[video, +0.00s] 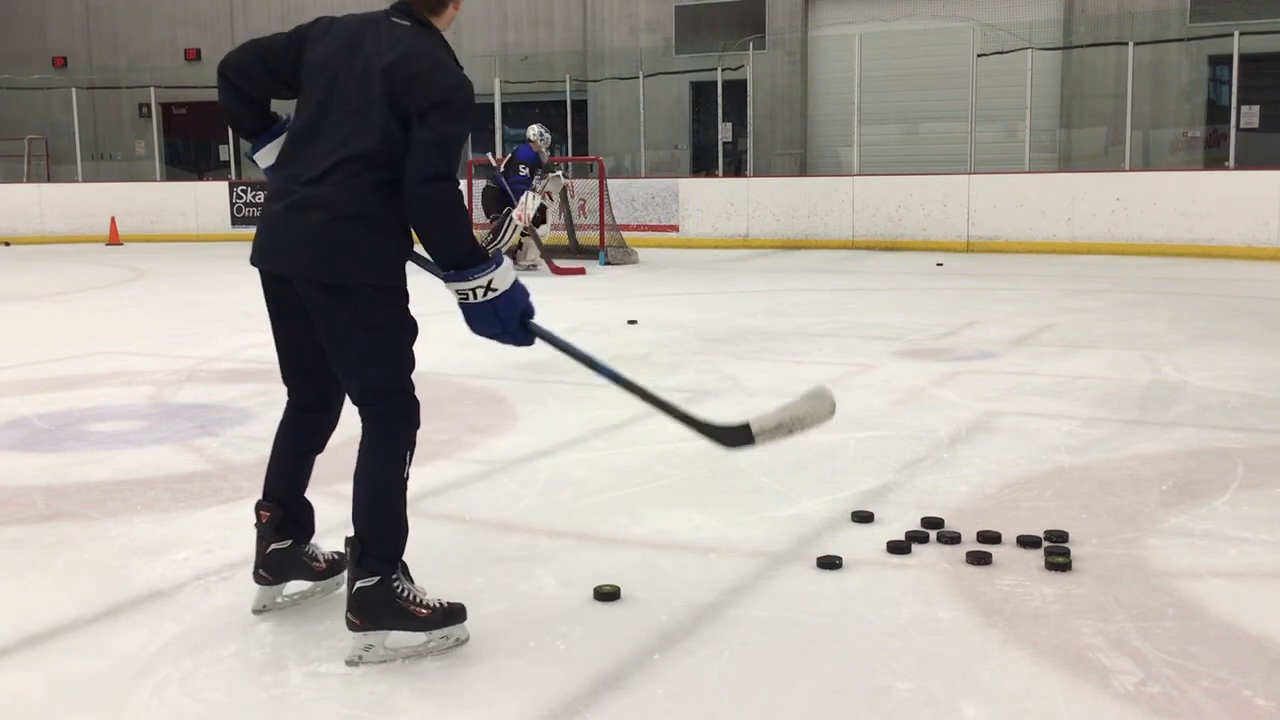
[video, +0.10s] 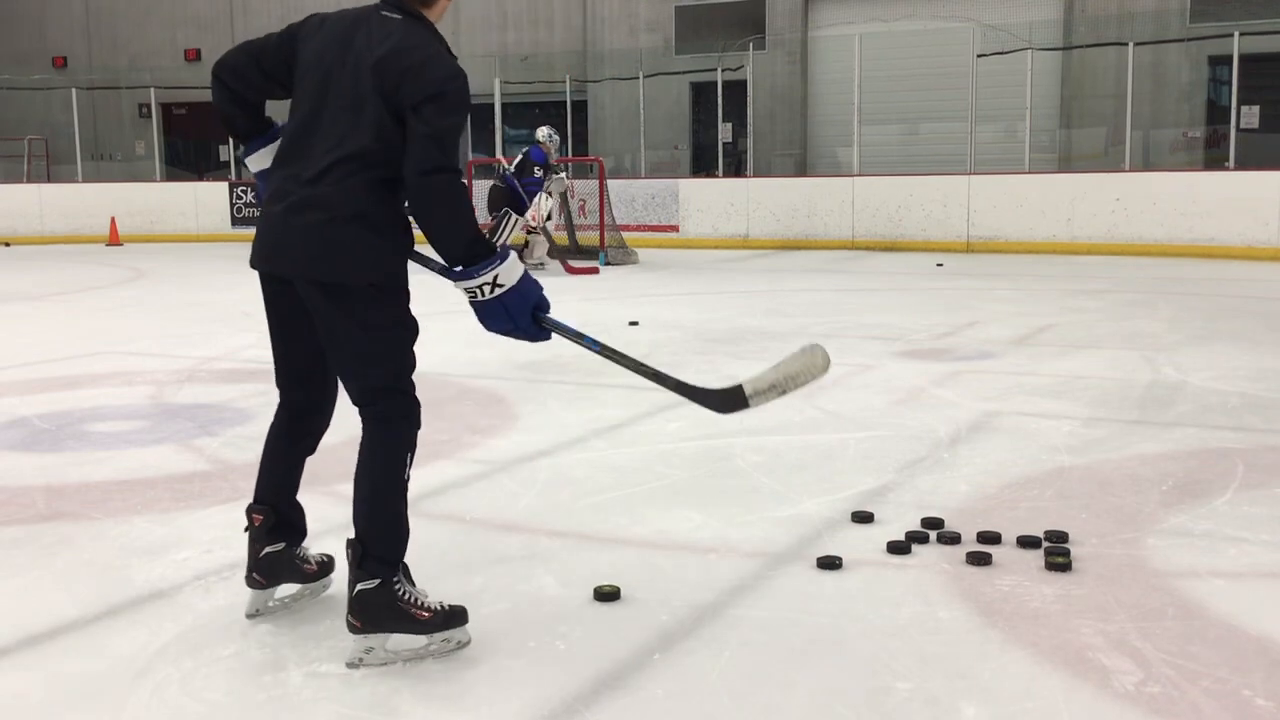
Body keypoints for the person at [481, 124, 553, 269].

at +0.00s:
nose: (545, 144)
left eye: (546, 141)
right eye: (543, 140)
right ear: (536, 139)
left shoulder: (534, 155)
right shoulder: (525, 154)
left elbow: (533, 179)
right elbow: (518, 183)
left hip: (511, 193)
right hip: (496, 192)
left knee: (539, 217)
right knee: (504, 227)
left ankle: (526, 259)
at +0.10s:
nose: (554, 147)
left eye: (555, 143)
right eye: (553, 143)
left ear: (542, 140)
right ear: (547, 141)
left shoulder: (533, 152)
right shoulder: (537, 155)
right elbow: (532, 184)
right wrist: (537, 207)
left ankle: (533, 257)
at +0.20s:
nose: (565, 143)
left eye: (565, 139)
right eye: (563, 139)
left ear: (552, 136)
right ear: (557, 138)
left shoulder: (546, 148)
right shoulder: (548, 151)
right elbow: (541, 181)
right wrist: (547, 204)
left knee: (553, 217)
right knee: (501, 236)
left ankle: (544, 257)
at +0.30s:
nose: (576, 141)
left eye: (577, 138)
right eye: (574, 137)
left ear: (565, 135)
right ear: (566, 135)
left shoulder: (562, 149)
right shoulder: (555, 147)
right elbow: (547, 174)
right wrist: (550, 198)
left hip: (546, 190)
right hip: (529, 188)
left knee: (564, 222)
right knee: (514, 231)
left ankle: (557, 258)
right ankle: (489, 259)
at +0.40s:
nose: (583, 142)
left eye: (584, 138)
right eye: (581, 138)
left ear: (572, 137)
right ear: (572, 137)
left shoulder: (570, 150)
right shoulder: (562, 149)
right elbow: (550, 175)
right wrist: (554, 197)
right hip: (535, 186)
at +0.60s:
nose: (592, 150)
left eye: (594, 146)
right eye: (590, 146)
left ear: (595, 144)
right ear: (581, 144)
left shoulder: (588, 160)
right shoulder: (568, 153)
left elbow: (582, 184)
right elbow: (552, 175)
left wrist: (599, 183)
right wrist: (550, 195)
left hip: (574, 196)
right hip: (557, 195)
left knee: (581, 223)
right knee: (554, 226)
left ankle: (586, 255)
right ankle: (539, 258)